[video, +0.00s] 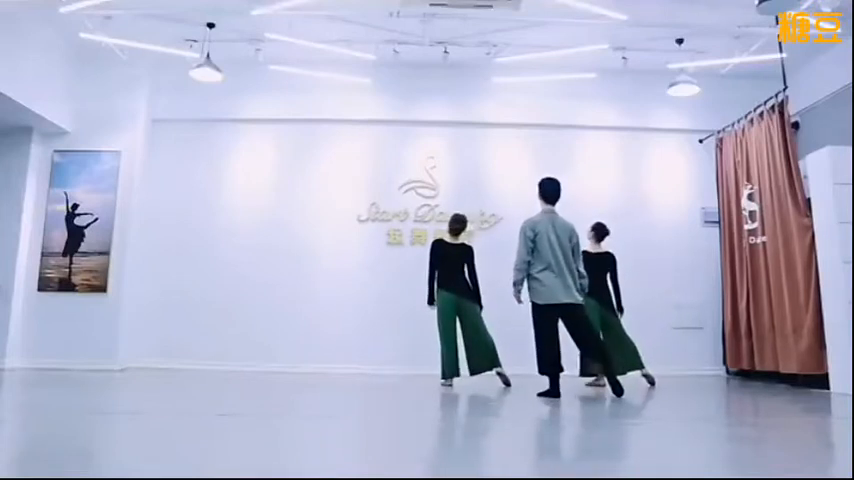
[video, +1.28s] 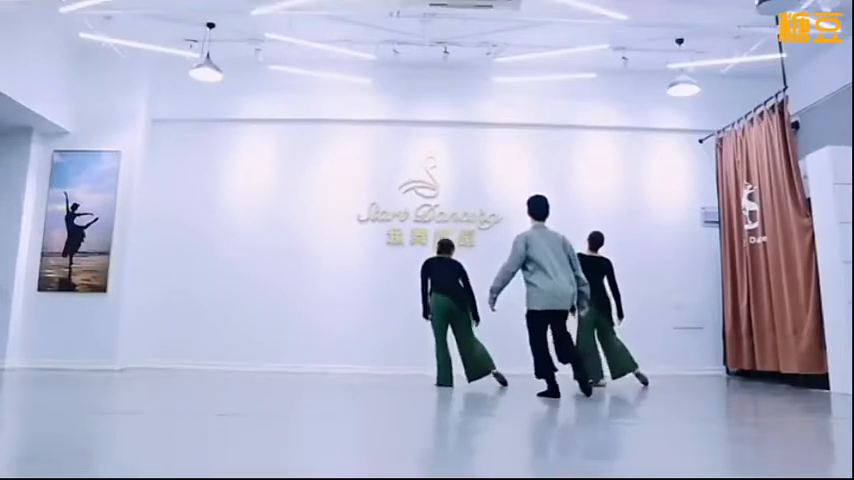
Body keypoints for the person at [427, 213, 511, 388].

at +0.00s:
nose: (457, 230)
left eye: (454, 226)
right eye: (460, 228)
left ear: (448, 226)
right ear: (464, 229)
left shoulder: (437, 245)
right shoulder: (467, 249)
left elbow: (432, 272)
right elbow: (473, 276)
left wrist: (431, 295)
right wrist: (478, 299)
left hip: (445, 294)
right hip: (465, 294)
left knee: (447, 334)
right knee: (480, 331)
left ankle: (447, 376)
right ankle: (497, 367)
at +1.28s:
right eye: (452, 251)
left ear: (437, 250)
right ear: (452, 251)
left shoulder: (428, 263)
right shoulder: (457, 265)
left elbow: (424, 288)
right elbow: (468, 289)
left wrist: (425, 309)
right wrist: (475, 312)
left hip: (438, 301)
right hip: (458, 302)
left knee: (440, 342)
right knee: (468, 338)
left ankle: (444, 379)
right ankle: (492, 369)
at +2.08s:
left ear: (426, 230)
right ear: (440, 232)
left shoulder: (417, 241)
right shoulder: (447, 245)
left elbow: (413, 267)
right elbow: (450, 273)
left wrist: (411, 289)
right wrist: (453, 297)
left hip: (424, 288)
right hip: (442, 290)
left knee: (429, 328)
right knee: (437, 329)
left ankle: (440, 367)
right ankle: (427, 366)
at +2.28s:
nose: (432, 225)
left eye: (428, 221)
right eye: (434, 222)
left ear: (423, 221)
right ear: (437, 223)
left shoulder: (413, 235)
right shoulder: (442, 241)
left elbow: (408, 263)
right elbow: (445, 269)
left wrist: (405, 285)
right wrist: (447, 292)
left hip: (418, 286)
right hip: (436, 288)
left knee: (419, 327)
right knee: (434, 327)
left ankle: (424, 369)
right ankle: (428, 369)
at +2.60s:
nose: (427, 225)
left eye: (424, 221)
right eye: (428, 222)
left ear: (414, 221)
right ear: (429, 223)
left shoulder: (404, 238)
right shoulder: (433, 242)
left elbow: (398, 265)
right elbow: (436, 270)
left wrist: (396, 288)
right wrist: (439, 292)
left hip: (409, 289)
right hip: (427, 290)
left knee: (411, 328)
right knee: (425, 329)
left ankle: (415, 366)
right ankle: (423, 368)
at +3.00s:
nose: (412, 222)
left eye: (409, 219)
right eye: (412, 219)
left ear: (396, 219)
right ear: (412, 221)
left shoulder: (388, 238)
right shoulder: (417, 240)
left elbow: (383, 264)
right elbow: (422, 268)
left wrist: (380, 287)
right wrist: (427, 291)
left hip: (394, 286)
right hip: (412, 288)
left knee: (396, 326)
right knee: (410, 325)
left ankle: (400, 367)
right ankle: (403, 365)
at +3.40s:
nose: (399, 221)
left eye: (397, 218)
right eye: (398, 218)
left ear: (382, 219)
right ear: (397, 220)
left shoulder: (373, 237)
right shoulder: (403, 240)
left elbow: (369, 264)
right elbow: (407, 268)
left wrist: (367, 286)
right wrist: (411, 290)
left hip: (378, 285)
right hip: (397, 286)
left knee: (379, 327)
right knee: (398, 328)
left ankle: (382, 367)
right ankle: (396, 367)